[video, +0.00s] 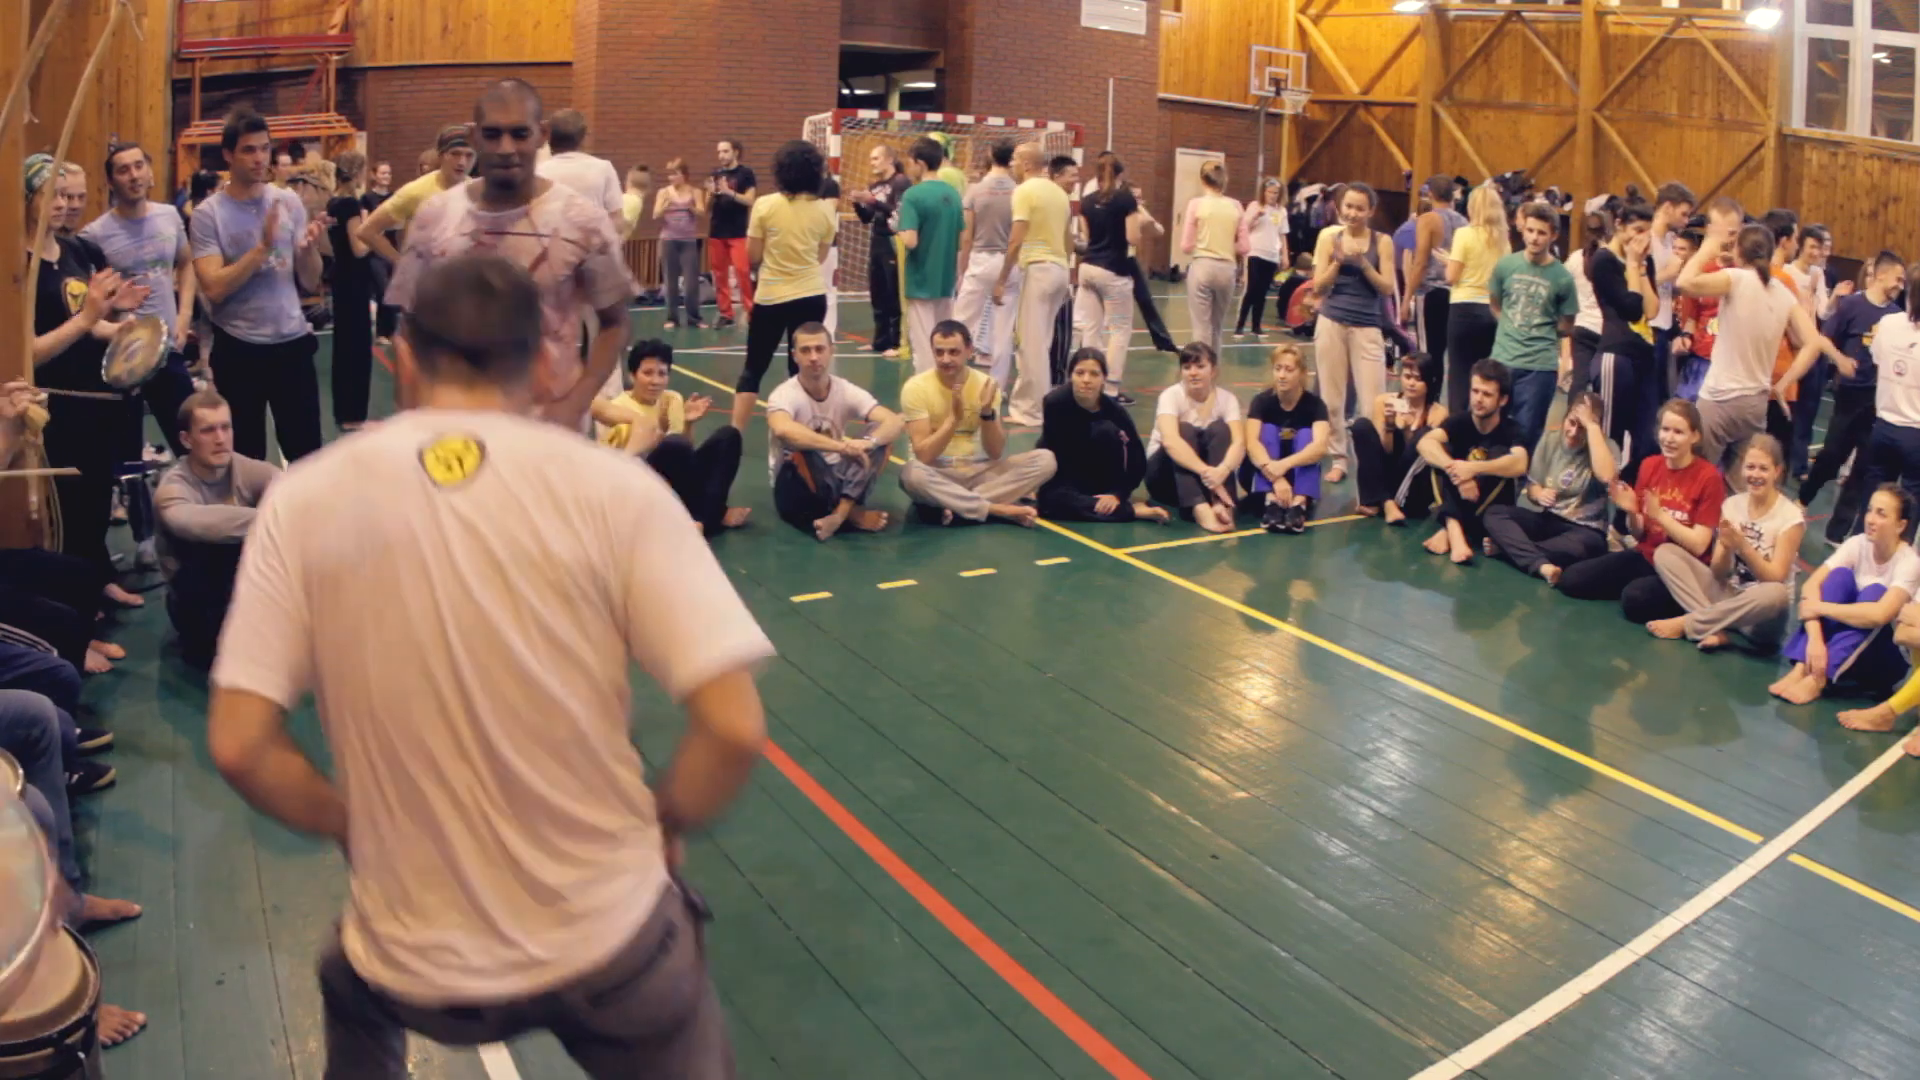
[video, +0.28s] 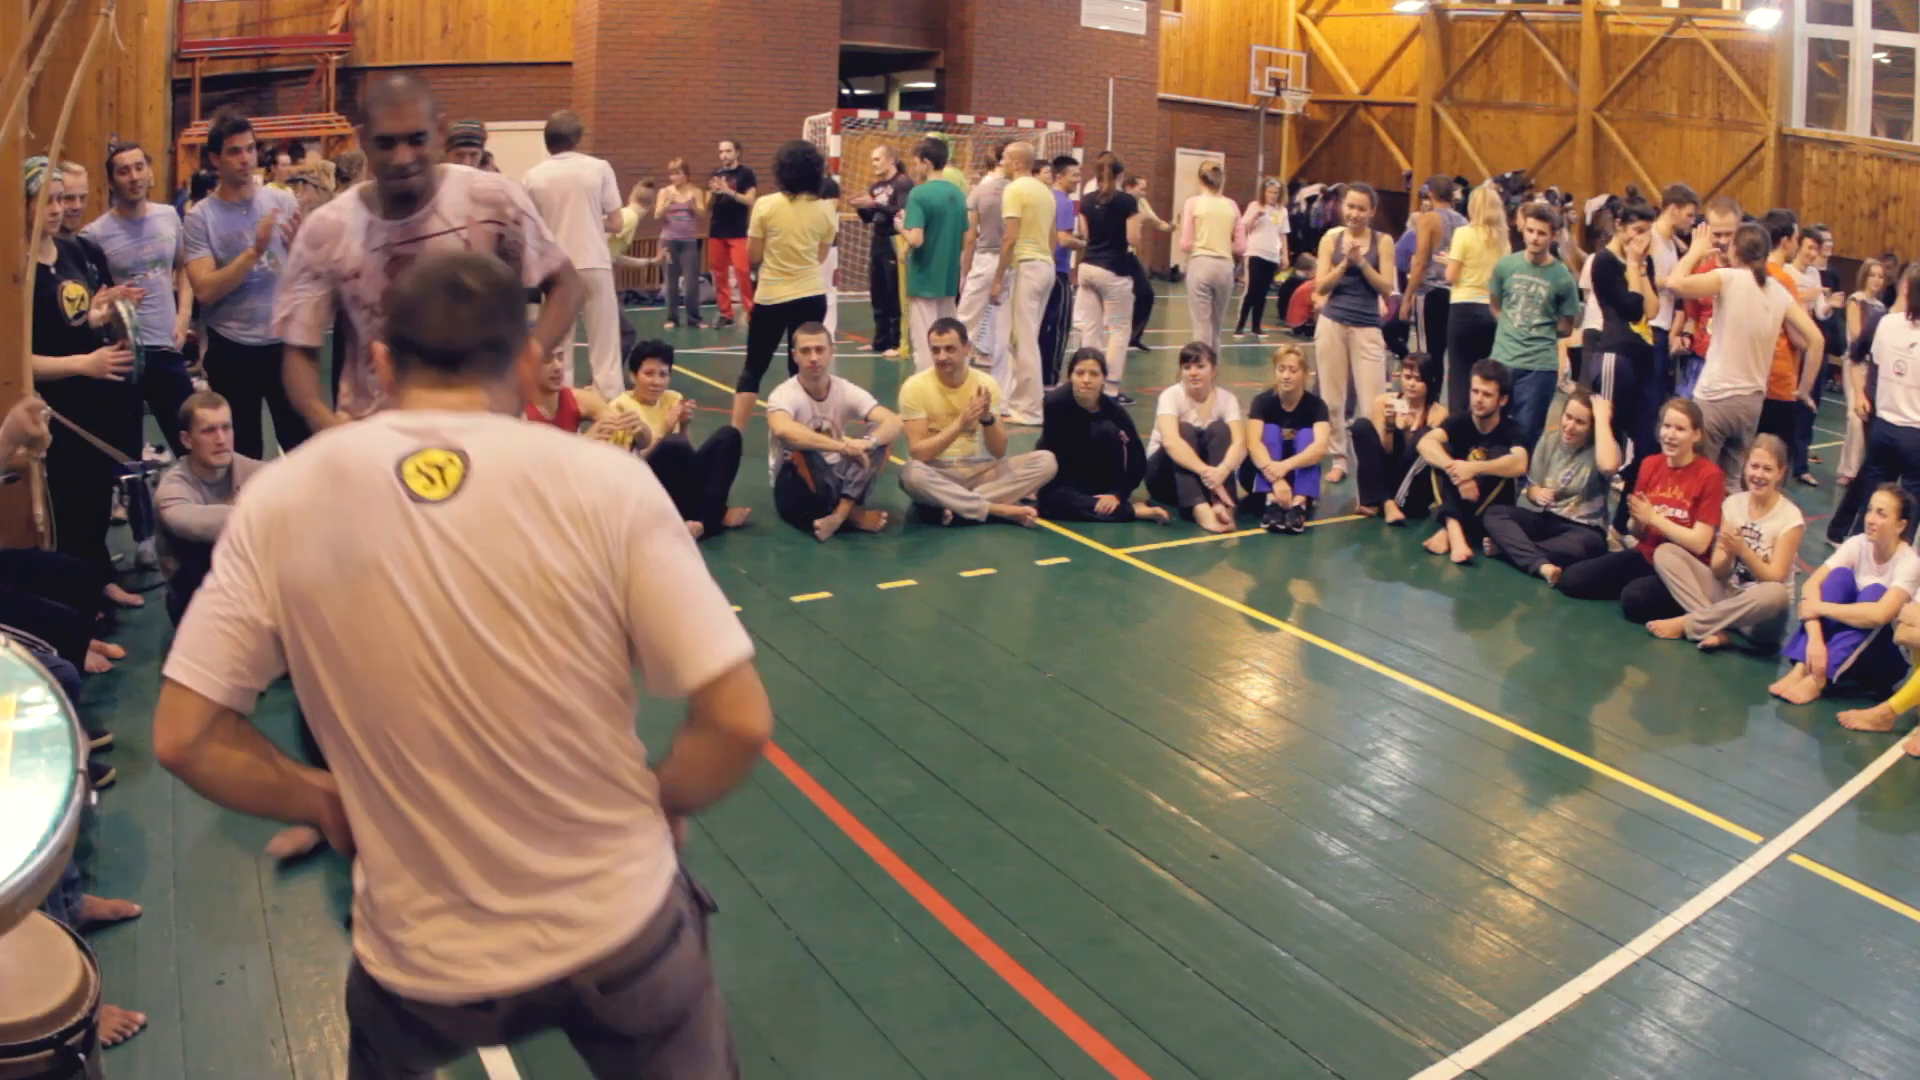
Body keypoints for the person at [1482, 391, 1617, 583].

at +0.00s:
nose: (1573, 433)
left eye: (1582, 428)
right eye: (1572, 423)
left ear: (1595, 429)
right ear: (1565, 418)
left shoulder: (1606, 447)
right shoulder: (1550, 439)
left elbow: (1606, 476)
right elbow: (1532, 486)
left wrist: (1592, 426)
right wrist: (1540, 494)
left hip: (1580, 528)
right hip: (1541, 517)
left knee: (1587, 545)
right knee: (1494, 513)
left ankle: (1509, 549)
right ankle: (1539, 565)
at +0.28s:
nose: (1570, 426)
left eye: (1580, 422)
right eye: (1568, 417)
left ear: (1592, 428)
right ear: (1562, 415)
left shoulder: (1601, 450)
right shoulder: (1549, 440)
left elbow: (1608, 466)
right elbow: (1530, 488)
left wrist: (1602, 419)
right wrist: (1536, 493)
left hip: (1579, 528)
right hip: (1540, 517)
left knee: (1590, 544)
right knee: (1494, 514)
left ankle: (1508, 549)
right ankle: (1539, 565)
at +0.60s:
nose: (1569, 417)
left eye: (1578, 412)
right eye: (1566, 409)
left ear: (1592, 417)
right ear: (1560, 411)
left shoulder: (1603, 451)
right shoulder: (1548, 440)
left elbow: (1608, 504)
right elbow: (1530, 488)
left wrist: (1611, 454)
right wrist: (1536, 493)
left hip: (1578, 528)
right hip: (1541, 518)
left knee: (1576, 548)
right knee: (1494, 514)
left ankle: (1508, 549)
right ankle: (1539, 566)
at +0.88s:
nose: (1569, 421)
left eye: (1577, 416)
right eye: (1565, 413)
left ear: (1592, 420)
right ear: (1559, 414)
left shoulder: (1610, 456)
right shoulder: (1548, 442)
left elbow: (1618, 509)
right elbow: (1532, 498)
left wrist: (1599, 503)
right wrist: (1533, 493)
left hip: (1583, 530)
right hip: (1545, 518)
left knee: (1573, 549)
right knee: (1494, 514)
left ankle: (1508, 549)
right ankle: (1539, 566)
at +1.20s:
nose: (1573, 420)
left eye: (1581, 414)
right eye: (1569, 412)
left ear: (1594, 418)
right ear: (1562, 414)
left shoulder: (1610, 457)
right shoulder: (1550, 442)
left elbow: (1610, 510)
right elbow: (1534, 491)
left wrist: (1574, 496)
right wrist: (1556, 496)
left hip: (1585, 529)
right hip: (1548, 520)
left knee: (1576, 548)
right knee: (1494, 514)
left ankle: (1509, 549)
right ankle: (1539, 566)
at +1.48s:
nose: (1574, 419)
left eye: (1582, 413)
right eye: (1569, 411)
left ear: (1594, 418)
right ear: (1562, 414)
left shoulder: (1609, 456)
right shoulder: (1549, 441)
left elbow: (1612, 509)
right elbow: (1532, 493)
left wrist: (1583, 502)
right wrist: (1541, 492)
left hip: (1584, 530)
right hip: (1547, 520)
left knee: (1575, 548)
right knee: (1494, 514)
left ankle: (1509, 549)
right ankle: (1539, 565)